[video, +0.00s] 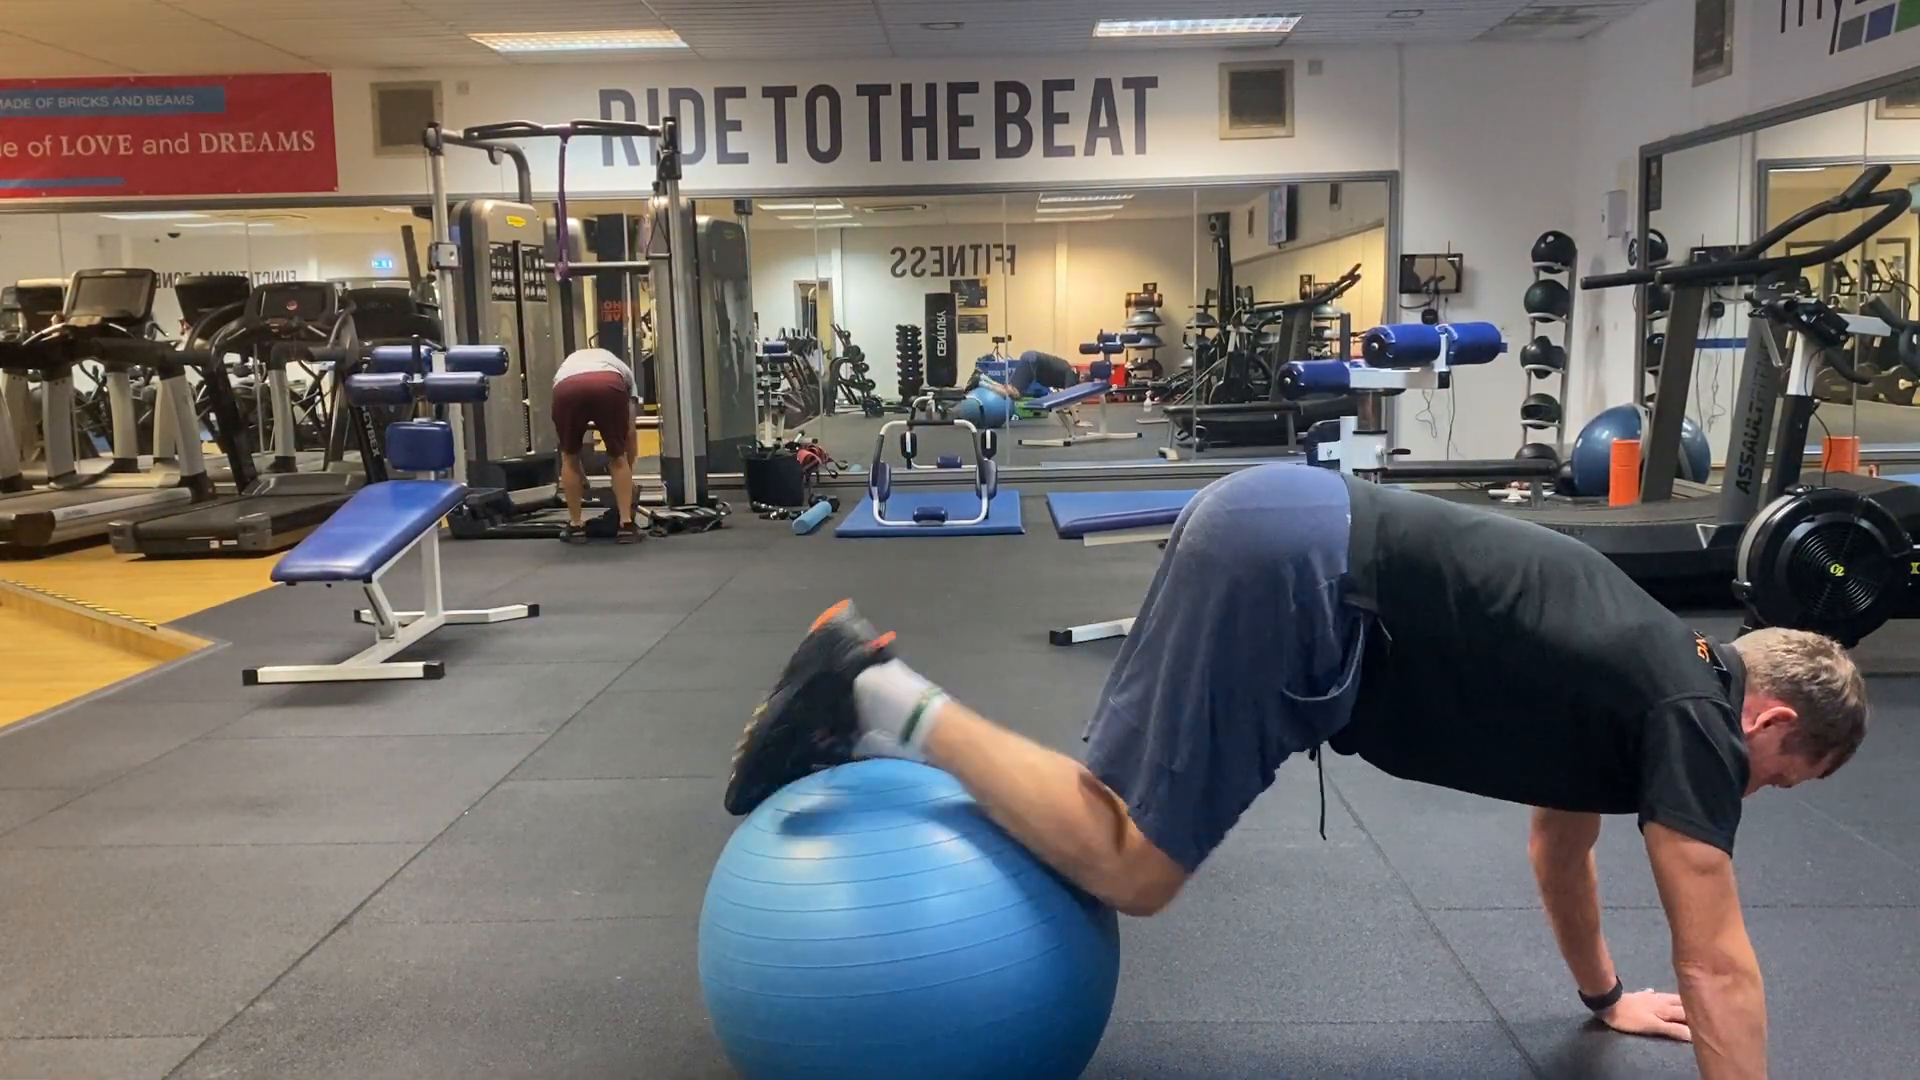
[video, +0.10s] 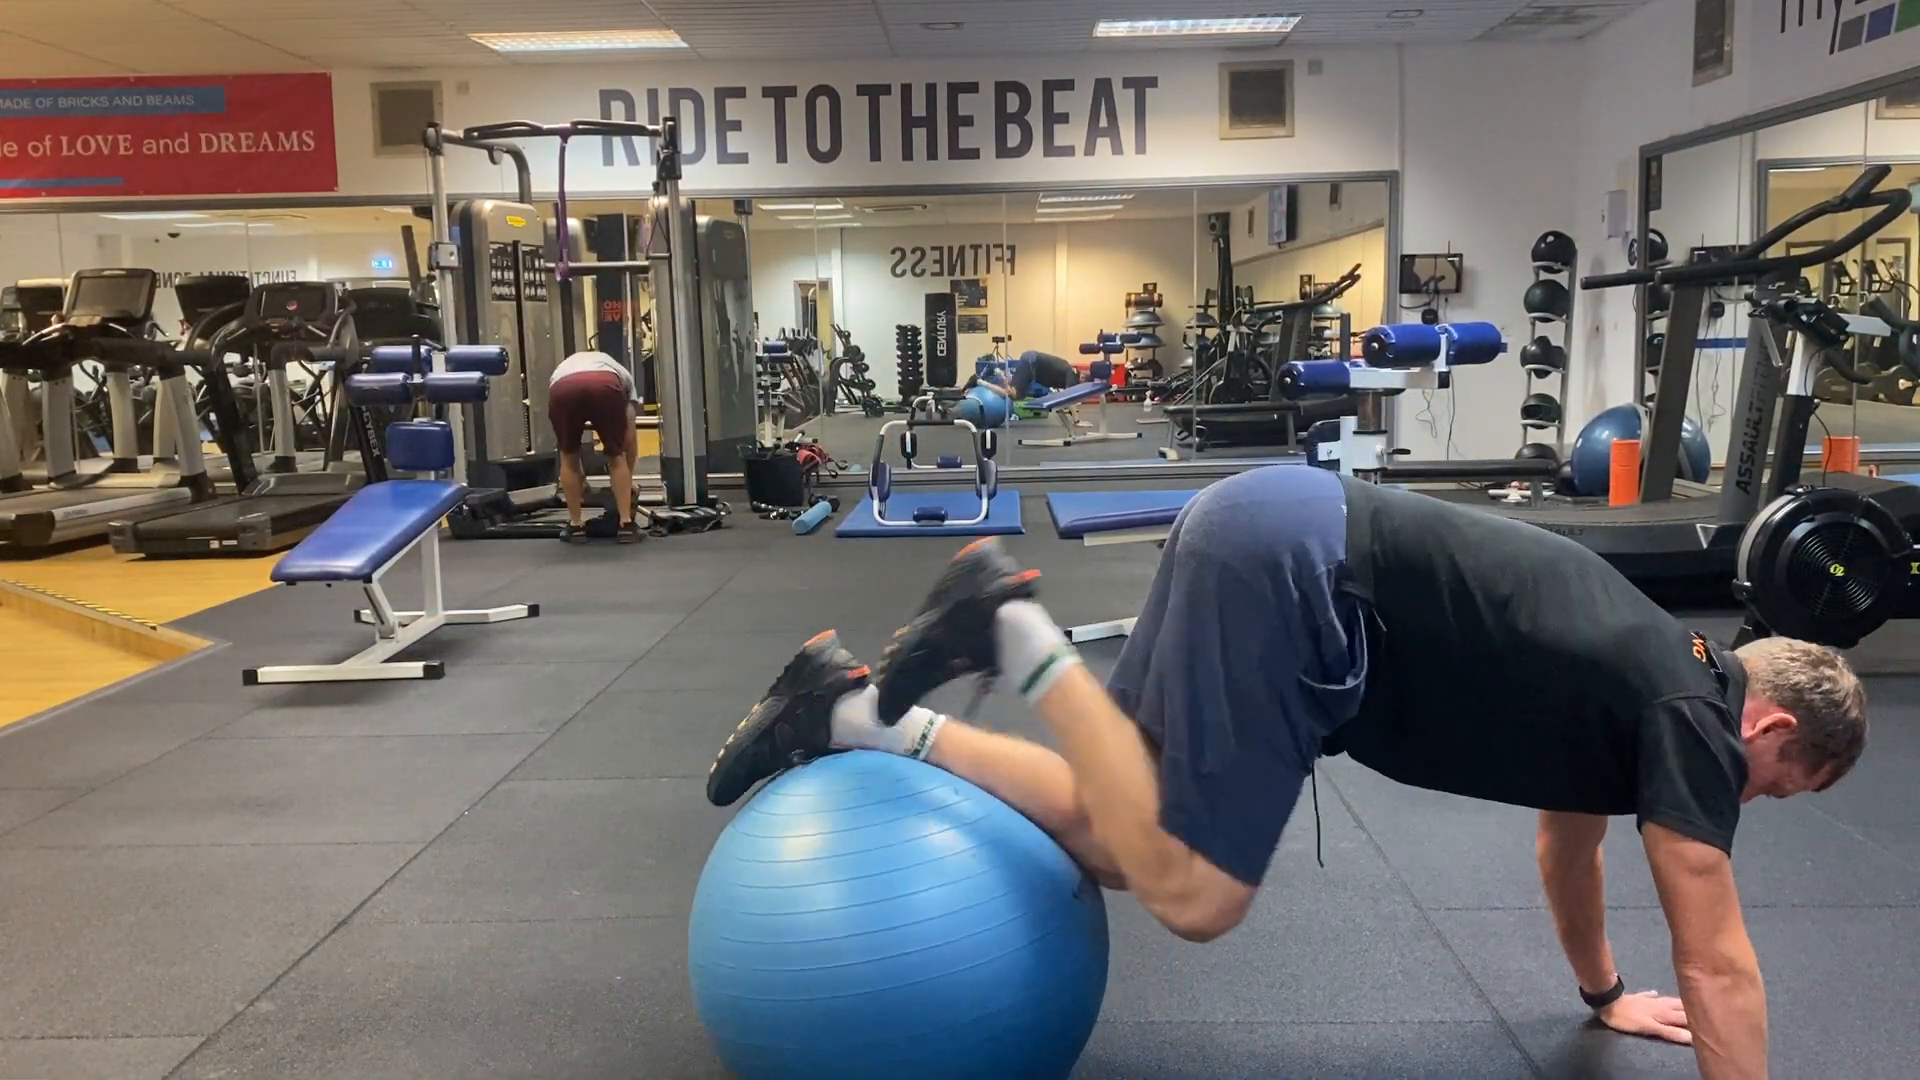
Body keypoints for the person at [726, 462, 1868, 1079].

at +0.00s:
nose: (1770, 788)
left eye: (1787, 776)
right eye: (1789, 771)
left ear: (1747, 674)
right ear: (1775, 718)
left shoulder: (1626, 649)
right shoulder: (1692, 710)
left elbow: (1561, 847)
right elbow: (1717, 974)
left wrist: (1609, 1000)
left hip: (1285, 509)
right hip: (1301, 556)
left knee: (1114, 816)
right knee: (1135, 871)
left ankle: (868, 685)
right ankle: (875, 689)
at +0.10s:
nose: (1768, 797)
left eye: (1786, 786)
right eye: (1786, 778)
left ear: (1745, 682)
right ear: (1768, 716)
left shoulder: (1627, 658)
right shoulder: (1685, 711)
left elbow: (1567, 848)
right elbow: (1719, 976)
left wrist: (1607, 993)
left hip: (1276, 518)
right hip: (1298, 556)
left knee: (1133, 826)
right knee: (1198, 899)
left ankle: (851, 712)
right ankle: (1016, 623)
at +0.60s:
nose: (1795, 811)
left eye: (1813, 803)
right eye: (1816, 794)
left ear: (1781, 700)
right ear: (1810, 732)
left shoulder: (1656, 650)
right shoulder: (1730, 702)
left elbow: (1572, 840)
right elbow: (1733, 975)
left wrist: (1607, 997)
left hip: (1306, 526)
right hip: (1344, 584)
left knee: (1124, 794)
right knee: (1165, 869)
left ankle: (897, 617)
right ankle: (893, 702)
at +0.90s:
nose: (1774, 828)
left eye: (1792, 822)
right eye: (1794, 813)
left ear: (1779, 713)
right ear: (1801, 755)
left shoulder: (1651, 663)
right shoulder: (1720, 703)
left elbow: (1573, 845)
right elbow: (1732, 974)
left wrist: (1602, 993)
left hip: (1344, 536)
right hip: (1350, 578)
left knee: (1110, 777)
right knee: (1086, 781)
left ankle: (827, 657)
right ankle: (735, 686)